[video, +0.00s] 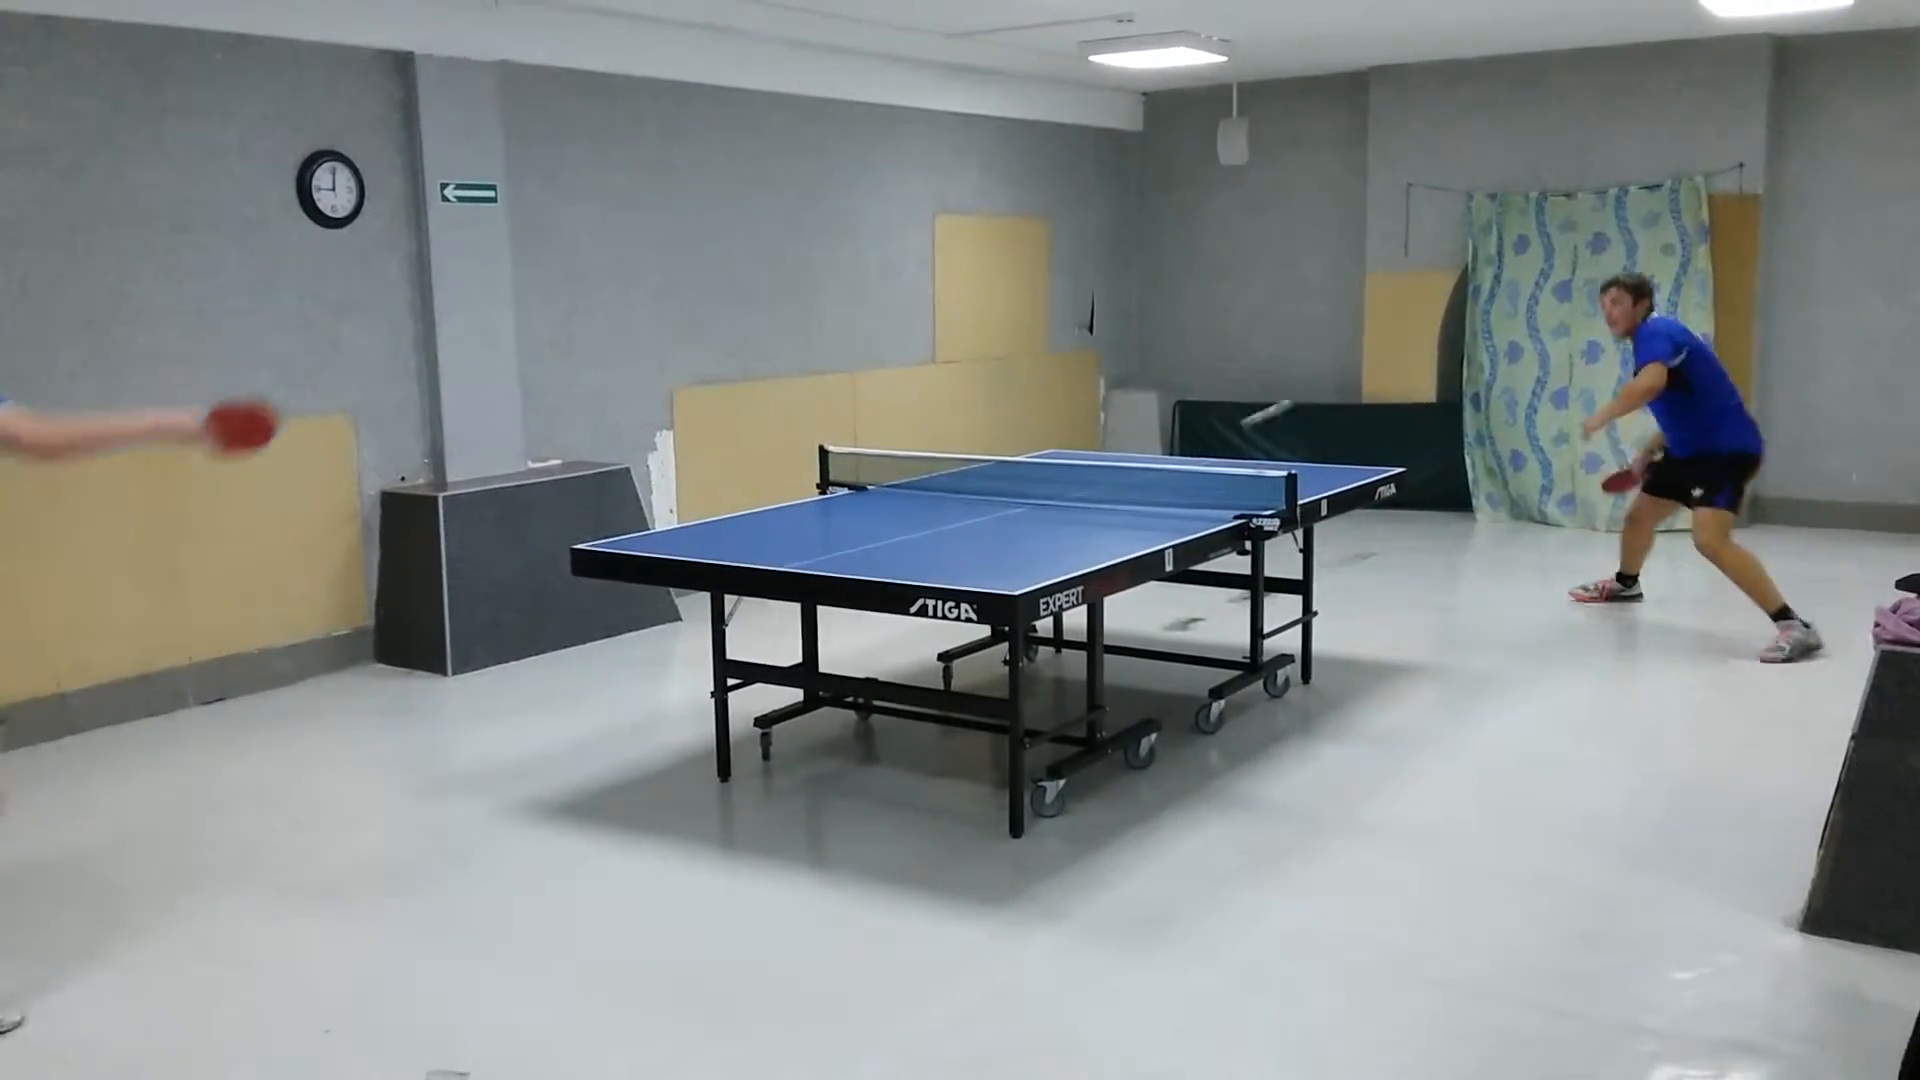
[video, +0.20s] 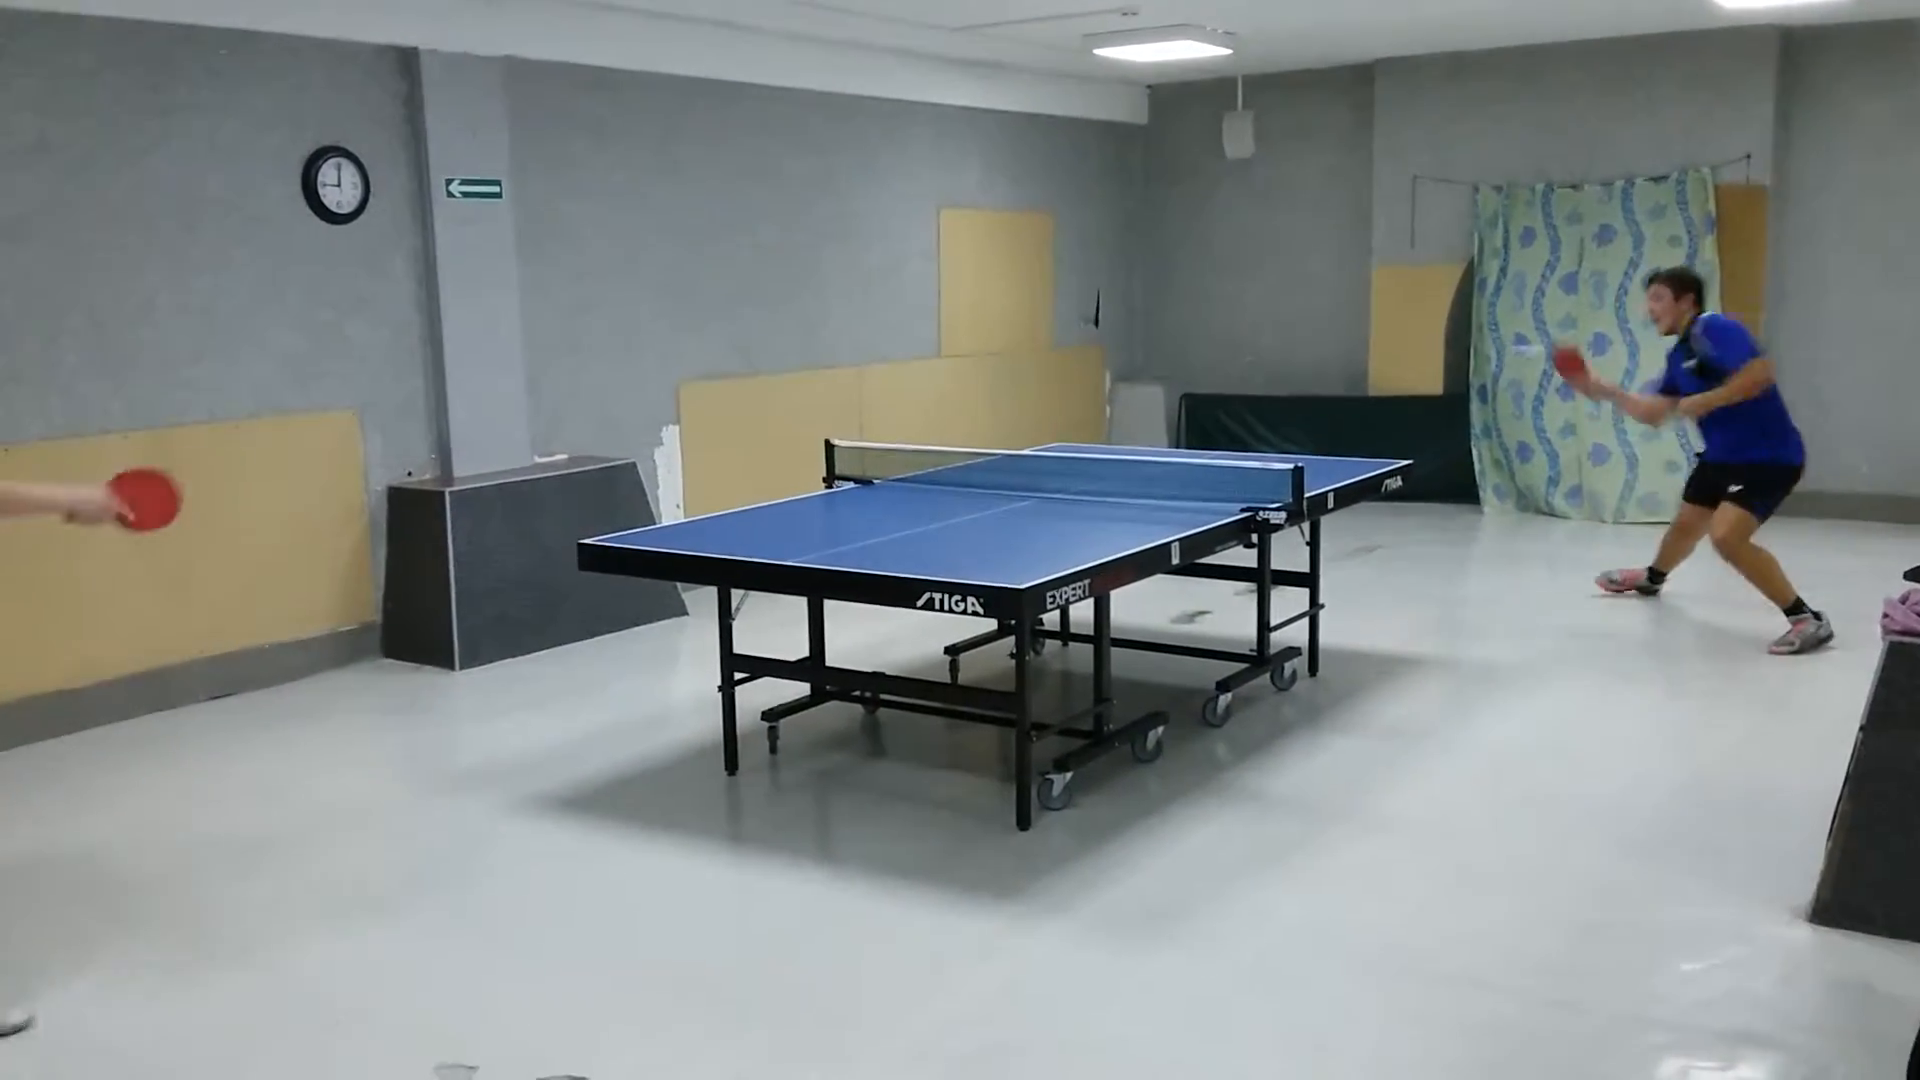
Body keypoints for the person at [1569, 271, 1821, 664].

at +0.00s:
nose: (1608, 312)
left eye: (1616, 303)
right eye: (1605, 305)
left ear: (1640, 305)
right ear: (1607, 310)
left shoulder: (1657, 331)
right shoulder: (1643, 345)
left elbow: (1651, 382)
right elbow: (1682, 413)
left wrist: (1603, 416)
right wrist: (1649, 452)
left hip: (1728, 449)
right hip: (1688, 450)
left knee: (1711, 540)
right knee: (1639, 516)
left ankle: (1793, 627)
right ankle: (1626, 584)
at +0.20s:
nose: (1650, 309)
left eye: (1658, 300)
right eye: (1648, 301)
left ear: (1686, 301)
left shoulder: (1714, 328)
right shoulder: (1679, 359)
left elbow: (1760, 373)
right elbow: (1652, 412)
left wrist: (1709, 400)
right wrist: (1601, 389)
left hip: (1771, 457)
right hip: (1722, 456)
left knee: (1727, 535)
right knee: (1687, 523)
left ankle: (1805, 619)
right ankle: (1652, 580)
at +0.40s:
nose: (1680, 289)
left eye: (1690, 282)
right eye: (1677, 283)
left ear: (1720, 289)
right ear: (1675, 291)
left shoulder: (1762, 324)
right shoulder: (1678, 340)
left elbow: (1828, 362)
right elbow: (1656, 386)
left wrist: (1802, 407)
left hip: (1776, 436)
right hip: (1721, 439)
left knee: (1743, 515)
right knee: (1684, 515)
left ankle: (1805, 612)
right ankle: (1657, 573)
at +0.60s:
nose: (1695, 285)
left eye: (1706, 277)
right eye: (1691, 277)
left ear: (1732, 284)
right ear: (1686, 283)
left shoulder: (1774, 322)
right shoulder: (1676, 336)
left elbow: (1822, 367)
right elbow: (1695, 402)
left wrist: (1852, 424)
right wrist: (1753, 412)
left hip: (1758, 436)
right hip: (1701, 433)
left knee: (1738, 513)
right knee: (1652, 516)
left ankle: (1809, 609)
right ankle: (1630, 565)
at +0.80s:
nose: (1659, 254)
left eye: (1670, 246)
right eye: (1655, 246)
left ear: (1693, 253)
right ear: (1650, 253)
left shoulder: (1732, 296)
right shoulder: (1638, 308)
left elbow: (1782, 337)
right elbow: (1614, 370)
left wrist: (1818, 392)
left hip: (1720, 423)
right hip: (1660, 423)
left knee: (1739, 509)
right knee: (1623, 502)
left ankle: (1801, 601)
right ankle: (1599, 564)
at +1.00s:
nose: (1624, 218)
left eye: (1634, 209)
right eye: (1621, 211)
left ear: (1659, 216)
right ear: (1619, 218)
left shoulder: (1693, 252)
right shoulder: (1620, 268)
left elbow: (1747, 288)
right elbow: (1605, 322)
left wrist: (1747, 358)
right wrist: (1576, 362)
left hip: (1703, 380)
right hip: (1650, 384)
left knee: (1703, 471)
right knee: (1626, 464)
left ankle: (1754, 574)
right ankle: (1608, 550)